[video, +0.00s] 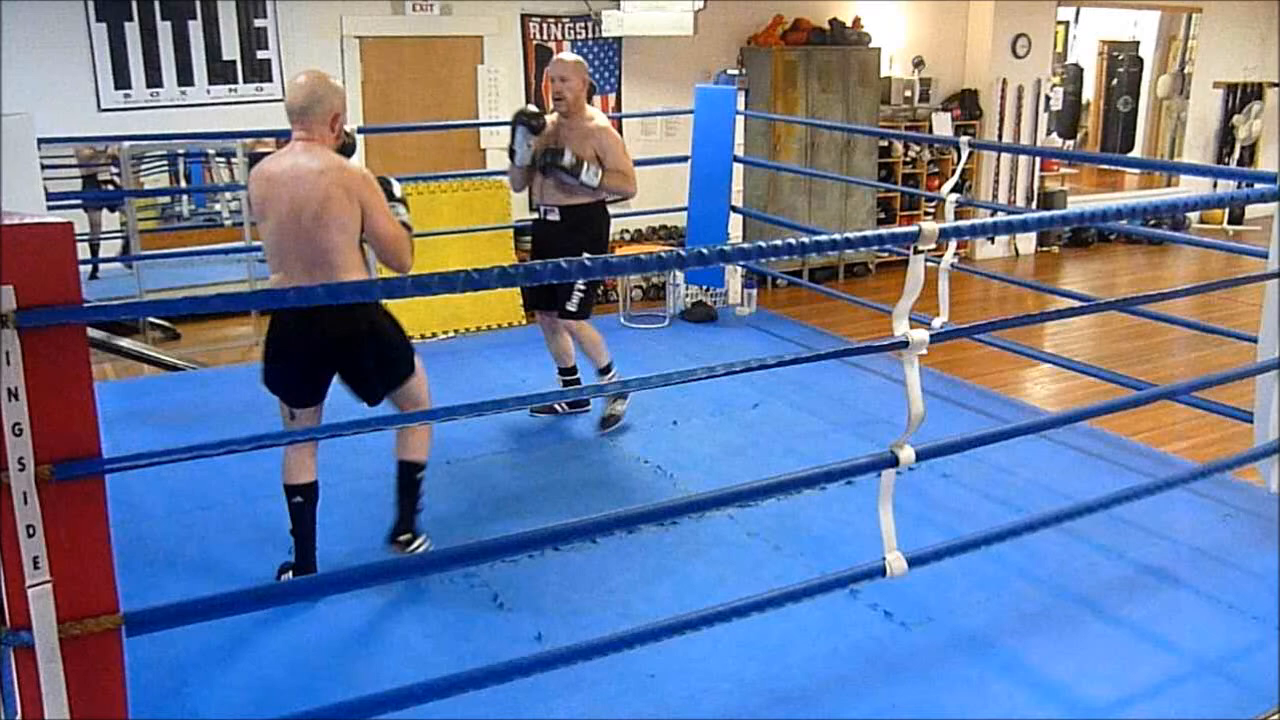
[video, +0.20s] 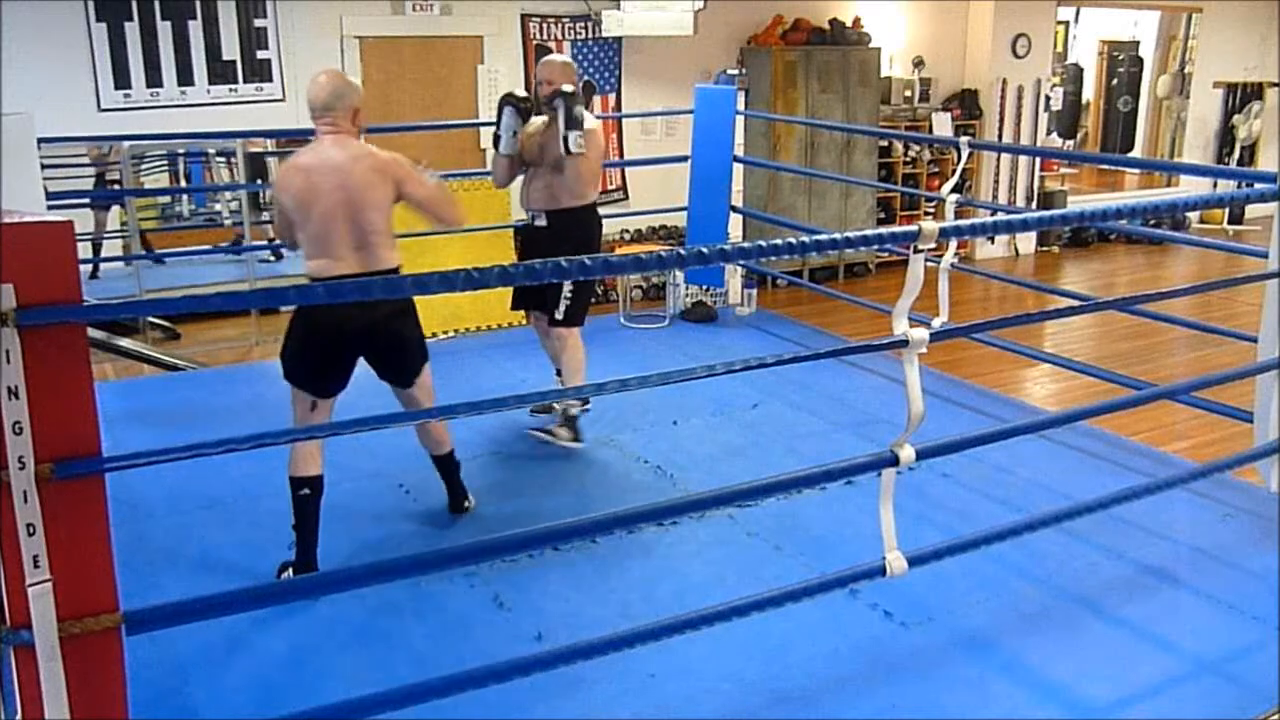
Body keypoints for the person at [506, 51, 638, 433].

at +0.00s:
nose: (554, 88)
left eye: (563, 80)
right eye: (550, 80)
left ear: (584, 84)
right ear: (544, 84)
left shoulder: (600, 132)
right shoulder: (543, 128)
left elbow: (626, 185)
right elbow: (517, 184)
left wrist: (576, 168)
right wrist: (522, 142)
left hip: (585, 223)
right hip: (546, 223)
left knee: (572, 316)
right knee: (546, 315)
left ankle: (614, 387)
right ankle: (572, 392)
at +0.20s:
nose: (542, 91)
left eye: (549, 84)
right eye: (538, 84)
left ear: (571, 86)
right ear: (534, 86)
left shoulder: (587, 127)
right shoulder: (533, 129)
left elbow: (584, 184)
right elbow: (501, 177)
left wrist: (569, 127)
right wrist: (506, 131)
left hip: (575, 226)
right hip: (536, 227)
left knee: (563, 326)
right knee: (539, 319)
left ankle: (572, 418)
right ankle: (571, 390)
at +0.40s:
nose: (528, 102)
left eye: (536, 94)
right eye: (526, 94)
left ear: (560, 98)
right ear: (526, 98)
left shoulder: (570, 137)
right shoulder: (529, 138)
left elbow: (543, 168)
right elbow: (512, 187)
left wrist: (530, 125)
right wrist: (502, 150)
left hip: (566, 244)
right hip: (536, 243)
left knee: (542, 346)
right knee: (548, 324)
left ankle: (550, 444)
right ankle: (572, 387)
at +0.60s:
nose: (511, 102)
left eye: (519, 93)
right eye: (510, 94)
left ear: (549, 98)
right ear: (544, 100)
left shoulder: (545, 139)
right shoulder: (558, 131)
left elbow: (518, 178)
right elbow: (537, 176)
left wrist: (472, 153)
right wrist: (501, 159)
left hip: (561, 253)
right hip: (582, 242)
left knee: (536, 350)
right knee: (579, 329)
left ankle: (552, 446)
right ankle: (598, 397)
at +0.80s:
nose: (527, 100)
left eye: (534, 92)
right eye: (526, 92)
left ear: (561, 98)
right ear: (556, 98)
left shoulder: (566, 147)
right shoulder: (561, 134)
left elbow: (564, 222)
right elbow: (549, 180)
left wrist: (519, 187)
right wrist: (520, 168)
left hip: (581, 250)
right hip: (597, 239)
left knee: (541, 348)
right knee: (609, 324)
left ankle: (552, 447)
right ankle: (653, 392)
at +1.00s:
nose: (570, 104)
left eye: (579, 97)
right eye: (571, 97)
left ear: (606, 104)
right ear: (599, 106)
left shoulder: (610, 151)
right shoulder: (596, 143)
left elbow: (582, 213)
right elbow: (570, 197)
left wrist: (559, 162)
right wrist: (559, 146)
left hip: (608, 256)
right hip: (618, 250)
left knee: (564, 351)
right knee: (632, 336)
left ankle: (554, 447)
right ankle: (682, 402)